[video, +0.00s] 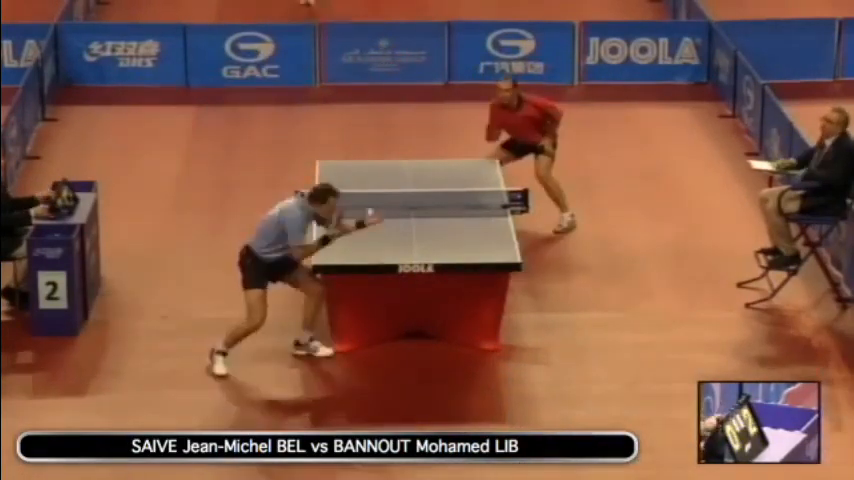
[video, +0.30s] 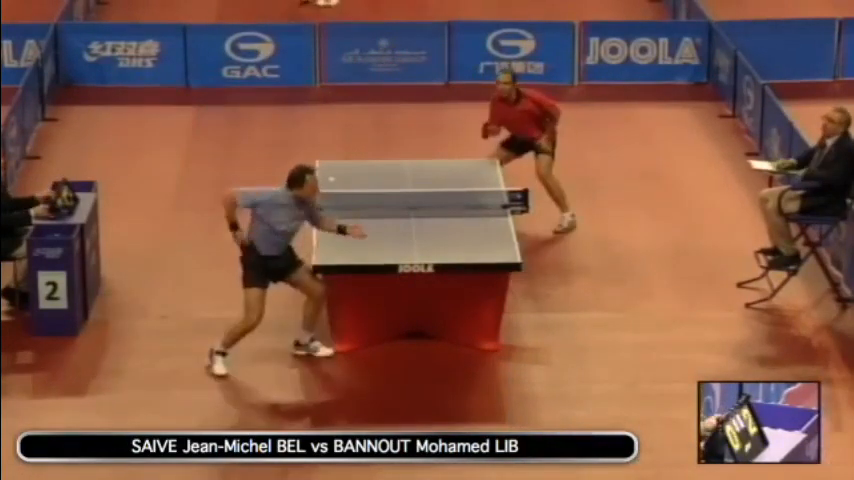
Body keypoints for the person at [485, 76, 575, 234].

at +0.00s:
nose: (503, 95)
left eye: (507, 91)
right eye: (500, 91)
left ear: (515, 90)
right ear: (497, 92)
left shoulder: (533, 103)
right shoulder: (497, 108)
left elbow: (556, 114)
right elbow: (492, 136)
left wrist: (549, 137)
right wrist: (495, 117)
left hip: (543, 140)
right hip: (521, 140)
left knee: (542, 174)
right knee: (489, 164)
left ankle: (566, 214)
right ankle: (494, 209)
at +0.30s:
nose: (501, 88)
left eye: (506, 84)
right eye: (499, 84)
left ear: (514, 85)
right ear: (496, 85)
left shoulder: (531, 98)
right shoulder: (497, 103)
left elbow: (555, 112)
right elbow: (495, 127)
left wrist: (548, 136)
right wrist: (487, 130)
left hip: (541, 137)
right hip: (519, 137)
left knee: (543, 173)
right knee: (491, 165)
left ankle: (567, 214)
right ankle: (492, 210)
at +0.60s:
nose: (498, 76)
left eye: (502, 72)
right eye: (497, 72)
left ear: (511, 74)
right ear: (495, 74)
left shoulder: (528, 92)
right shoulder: (495, 95)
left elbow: (549, 110)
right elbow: (487, 115)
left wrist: (537, 117)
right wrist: (474, 119)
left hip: (536, 136)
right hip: (513, 136)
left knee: (542, 175)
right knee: (489, 166)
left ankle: (567, 215)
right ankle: (490, 211)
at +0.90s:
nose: (494, 68)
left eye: (498, 64)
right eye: (493, 64)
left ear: (508, 65)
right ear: (490, 66)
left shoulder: (524, 84)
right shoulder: (485, 86)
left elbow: (546, 102)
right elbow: (470, 102)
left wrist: (539, 114)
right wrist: (467, 116)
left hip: (521, 138)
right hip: (494, 138)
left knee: (535, 179)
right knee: (476, 173)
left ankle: (541, 216)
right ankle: (476, 214)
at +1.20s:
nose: (477, 89)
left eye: (482, 85)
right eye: (475, 85)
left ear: (492, 85)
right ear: (472, 84)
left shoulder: (502, 102)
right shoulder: (463, 103)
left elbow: (503, 124)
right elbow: (437, 126)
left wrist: (495, 135)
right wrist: (446, 144)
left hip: (495, 151)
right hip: (468, 153)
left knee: (522, 177)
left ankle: (541, 218)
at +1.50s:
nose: (464, 108)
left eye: (469, 104)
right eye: (462, 103)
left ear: (477, 105)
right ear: (458, 103)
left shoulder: (487, 120)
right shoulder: (448, 124)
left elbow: (503, 136)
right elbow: (436, 145)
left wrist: (511, 147)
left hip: (487, 166)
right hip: (456, 166)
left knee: (521, 188)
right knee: (422, 184)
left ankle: (532, 219)